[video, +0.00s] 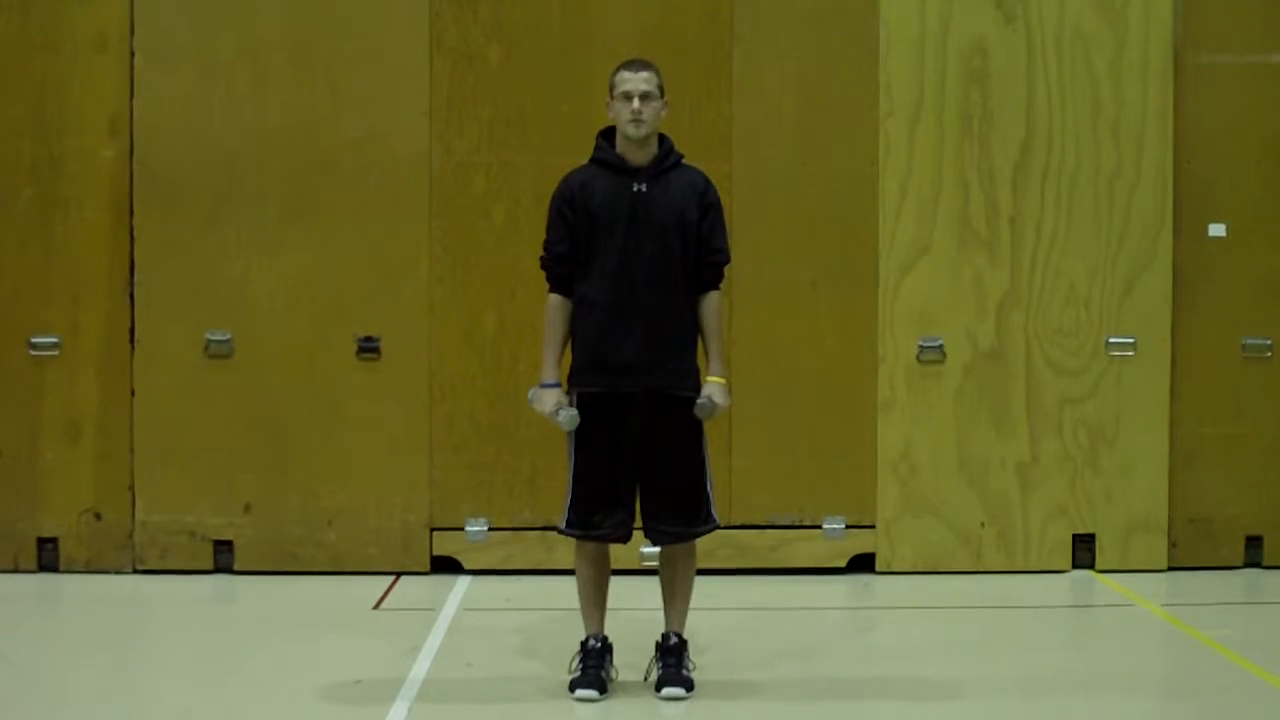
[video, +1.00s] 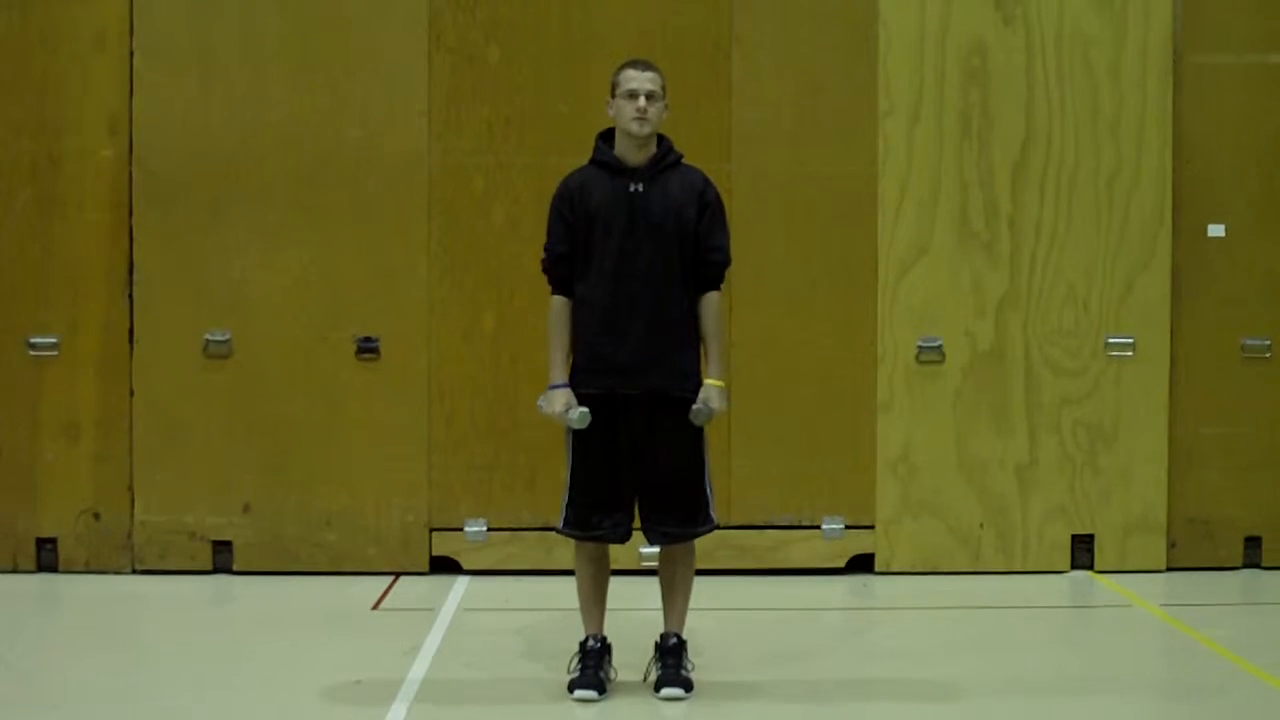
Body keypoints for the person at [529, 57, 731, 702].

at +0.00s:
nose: (638, 107)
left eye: (648, 98)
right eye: (627, 98)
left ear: (665, 108)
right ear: (609, 107)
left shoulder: (694, 188)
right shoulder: (578, 188)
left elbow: (710, 288)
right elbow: (559, 290)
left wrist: (717, 372)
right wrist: (549, 378)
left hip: (673, 384)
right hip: (597, 384)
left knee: (678, 525)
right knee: (593, 521)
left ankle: (673, 648)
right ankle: (593, 647)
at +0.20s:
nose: (635, 106)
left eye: (646, 97)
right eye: (624, 97)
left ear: (663, 107)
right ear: (608, 108)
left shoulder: (695, 188)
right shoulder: (578, 188)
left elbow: (711, 288)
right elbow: (558, 288)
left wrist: (719, 374)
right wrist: (550, 373)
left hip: (673, 384)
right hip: (597, 384)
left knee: (677, 523)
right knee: (594, 521)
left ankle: (673, 648)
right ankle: (594, 648)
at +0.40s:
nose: (635, 104)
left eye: (646, 95)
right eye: (625, 95)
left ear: (663, 106)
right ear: (608, 107)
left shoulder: (696, 186)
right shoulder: (579, 188)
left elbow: (712, 288)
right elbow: (561, 290)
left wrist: (720, 375)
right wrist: (553, 377)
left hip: (674, 383)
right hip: (598, 383)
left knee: (678, 523)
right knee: (593, 521)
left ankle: (673, 646)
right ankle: (594, 646)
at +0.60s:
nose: (639, 104)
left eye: (649, 95)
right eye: (628, 94)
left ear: (665, 106)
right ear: (610, 105)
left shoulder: (696, 187)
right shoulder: (578, 187)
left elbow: (712, 287)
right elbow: (560, 289)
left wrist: (720, 372)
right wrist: (554, 377)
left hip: (674, 383)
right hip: (598, 383)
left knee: (678, 523)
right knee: (593, 522)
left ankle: (673, 646)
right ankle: (594, 646)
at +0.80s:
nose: (642, 105)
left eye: (652, 96)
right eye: (631, 95)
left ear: (666, 108)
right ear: (611, 105)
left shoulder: (696, 187)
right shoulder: (579, 187)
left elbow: (712, 287)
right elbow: (561, 290)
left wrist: (718, 372)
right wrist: (554, 378)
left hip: (673, 384)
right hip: (597, 384)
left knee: (677, 524)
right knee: (592, 523)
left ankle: (673, 647)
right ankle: (593, 646)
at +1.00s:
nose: (642, 106)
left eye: (652, 97)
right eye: (631, 96)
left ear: (665, 110)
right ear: (610, 106)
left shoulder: (695, 189)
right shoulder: (577, 189)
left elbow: (710, 289)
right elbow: (561, 292)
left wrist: (715, 376)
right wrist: (558, 381)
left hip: (673, 385)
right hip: (596, 385)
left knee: (677, 524)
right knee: (591, 523)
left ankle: (673, 648)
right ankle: (593, 648)